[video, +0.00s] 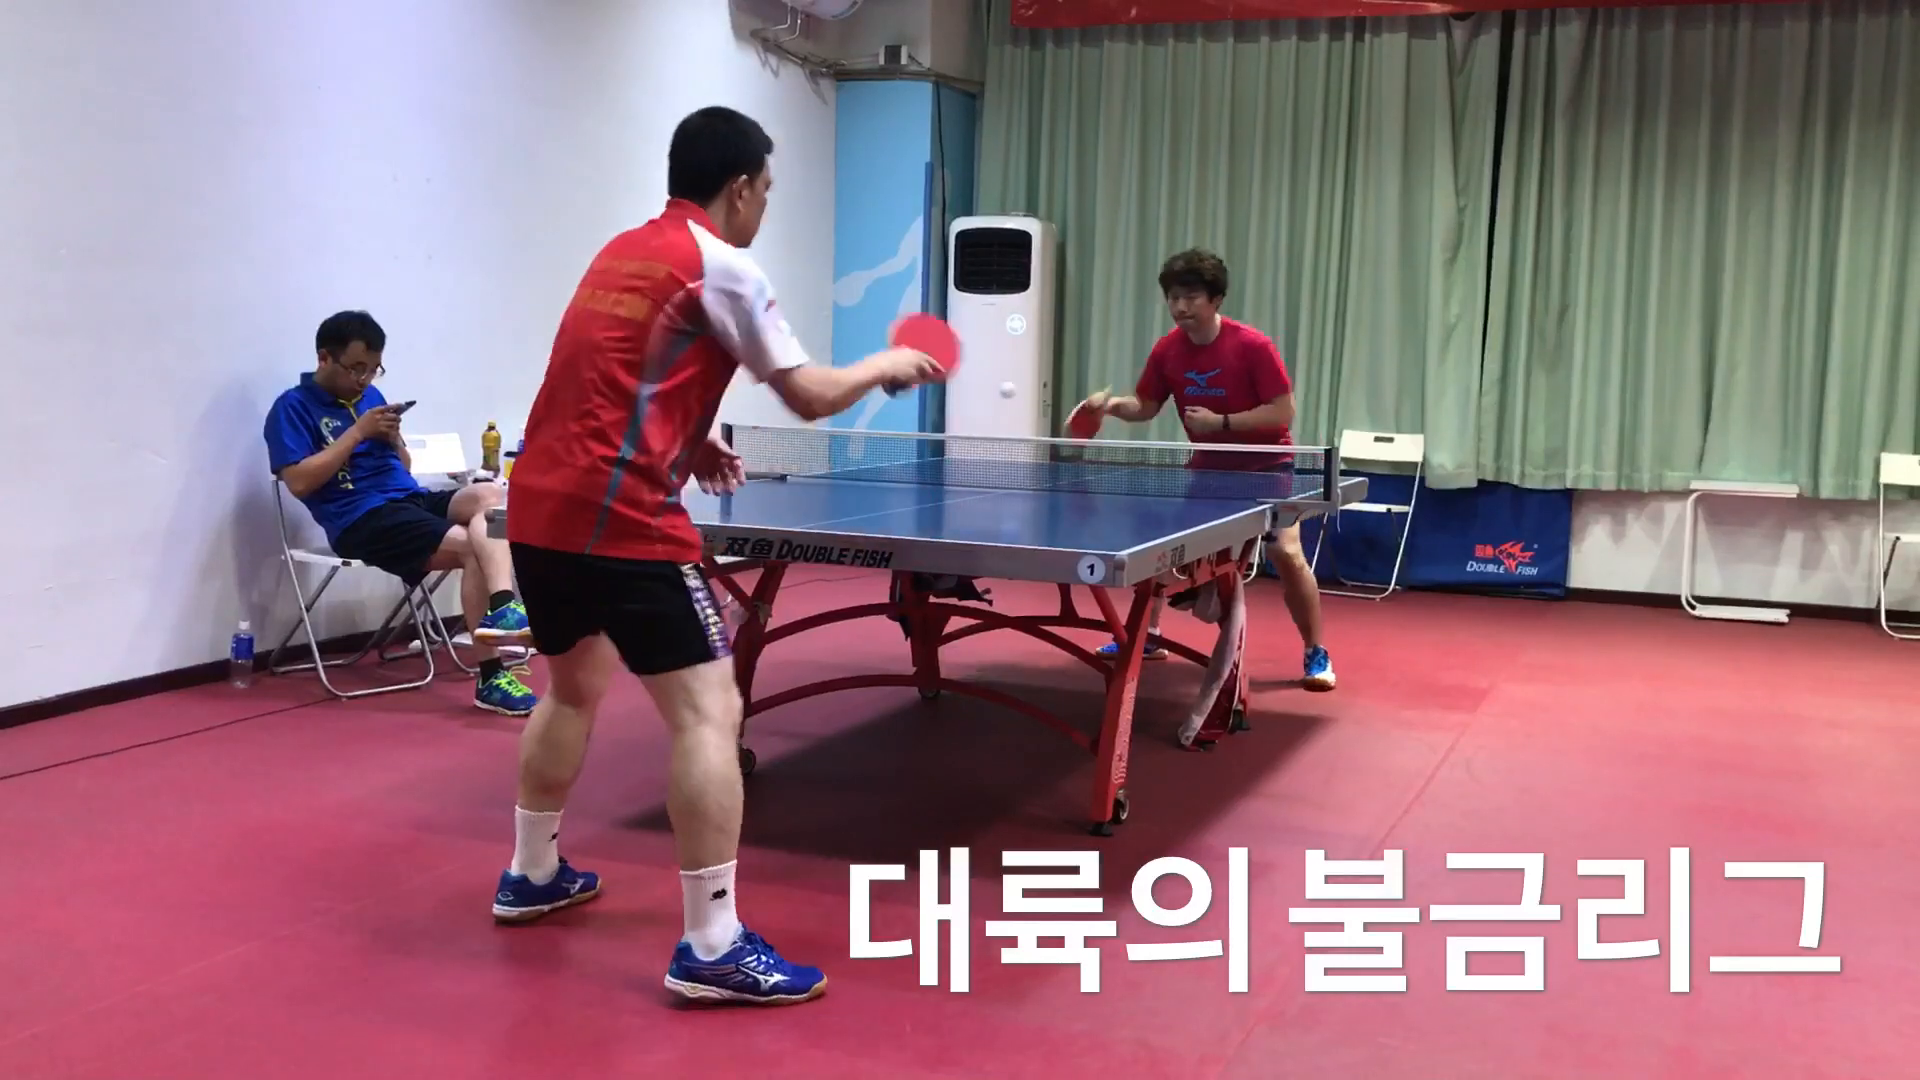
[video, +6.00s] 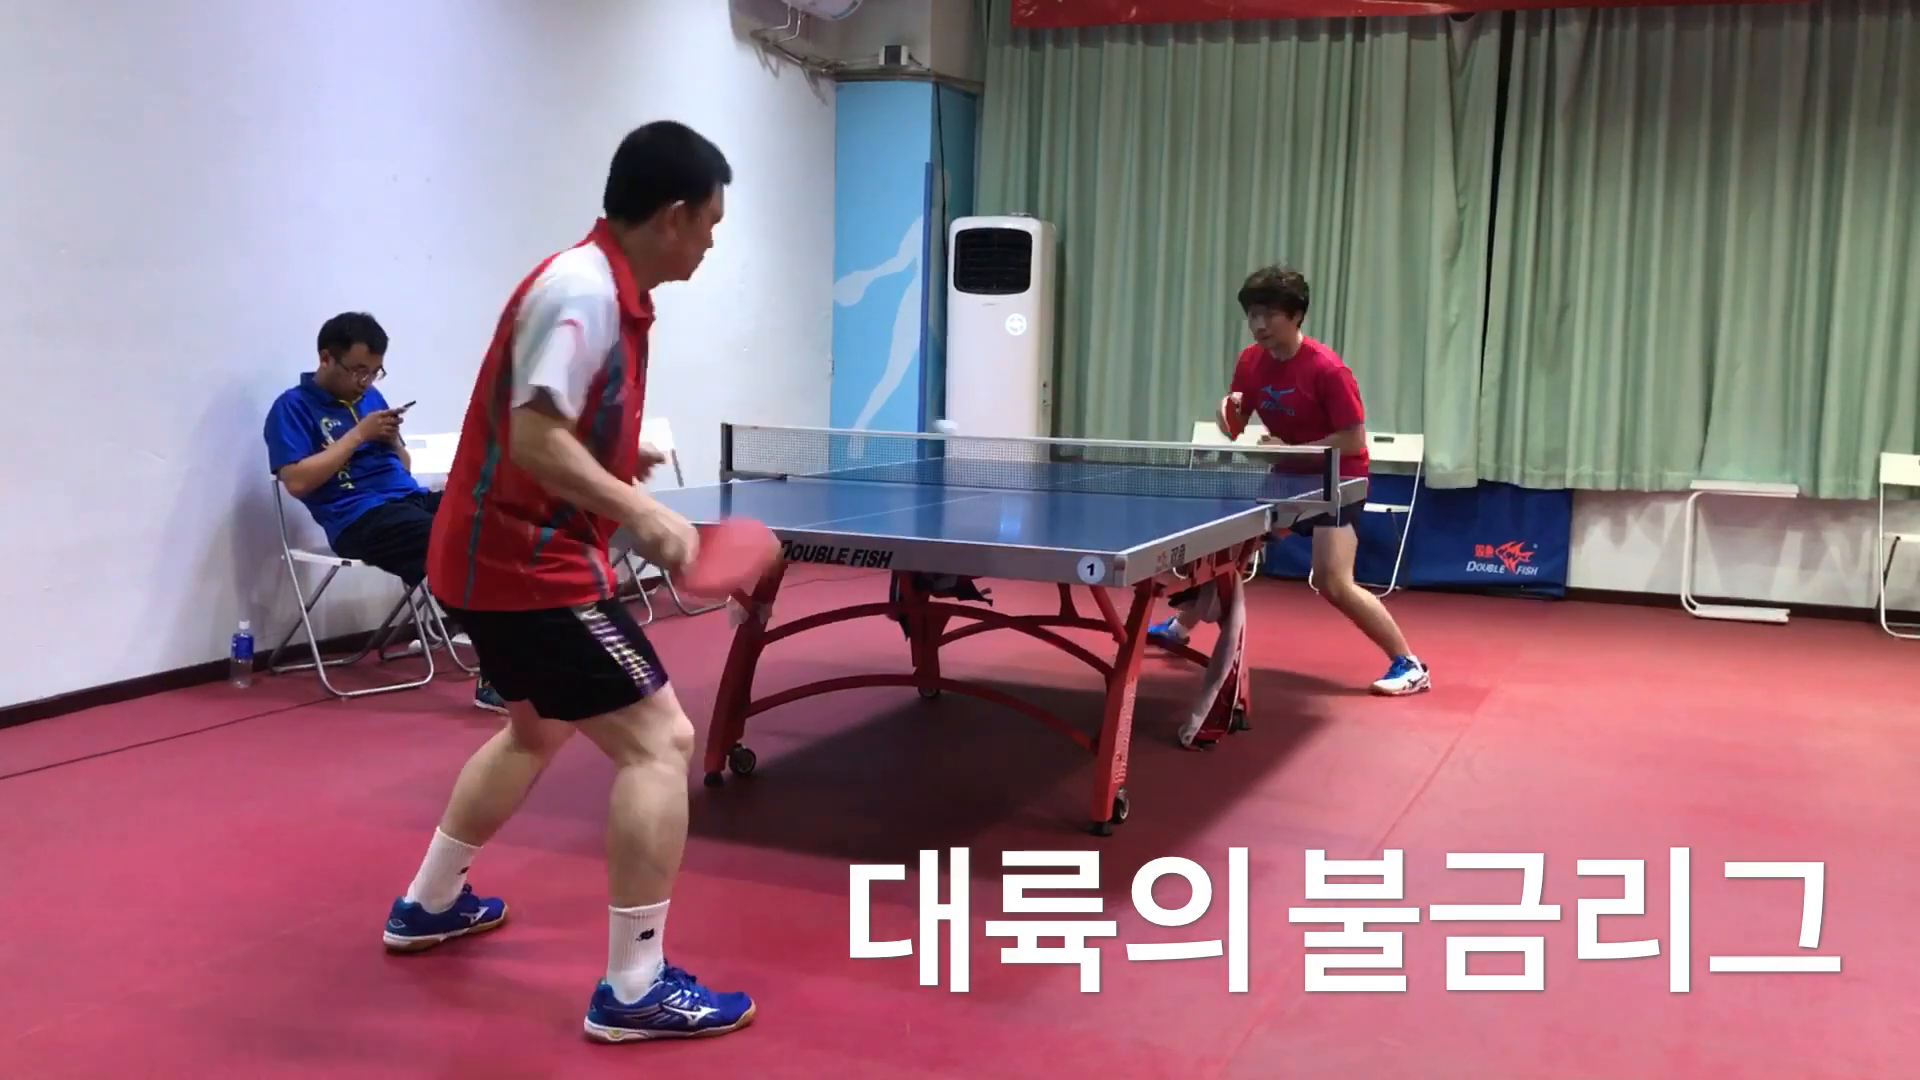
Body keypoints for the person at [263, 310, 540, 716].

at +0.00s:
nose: (364, 380)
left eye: (372, 370)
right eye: (356, 369)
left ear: (378, 365)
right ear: (324, 359)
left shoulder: (370, 397)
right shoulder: (292, 407)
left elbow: (404, 466)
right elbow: (299, 483)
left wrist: (393, 436)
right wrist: (359, 431)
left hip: (410, 501)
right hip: (363, 519)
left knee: (489, 495)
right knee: (479, 548)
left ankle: (503, 602)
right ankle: (491, 678)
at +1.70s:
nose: (367, 383)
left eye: (374, 373)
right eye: (359, 372)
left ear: (380, 367)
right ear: (326, 359)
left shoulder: (370, 397)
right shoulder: (291, 408)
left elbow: (404, 467)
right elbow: (294, 483)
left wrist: (393, 437)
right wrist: (356, 435)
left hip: (410, 499)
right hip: (364, 519)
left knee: (495, 507)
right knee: (474, 547)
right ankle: (492, 674)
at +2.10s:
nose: (366, 383)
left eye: (374, 373)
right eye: (358, 371)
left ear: (379, 367)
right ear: (326, 360)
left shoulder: (370, 397)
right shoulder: (291, 408)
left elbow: (403, 467)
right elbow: (293, 482)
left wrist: (393, 438)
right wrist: (354, 434)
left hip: (410, 499)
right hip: (364, 519)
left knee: (489, 506)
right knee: (474, 547)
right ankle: (490, 675)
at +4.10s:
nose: (368, 382)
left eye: (375, 372)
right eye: (359, 371)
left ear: (381, 364)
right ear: (326, 358)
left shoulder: (370, 397)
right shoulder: (291, 407)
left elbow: (404, 468)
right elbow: (300, 482)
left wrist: (393, 437)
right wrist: (360, 432)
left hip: (411, 500)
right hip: (363, 520)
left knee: (492, 501)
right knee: (477, 548)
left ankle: (495, 613)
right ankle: (493, 675)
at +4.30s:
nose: (366, 381)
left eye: (373, 372)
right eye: (357, 370)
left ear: (379, 367)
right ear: (324, 360)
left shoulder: (369, 395)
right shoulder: (292, 407)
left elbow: (403, 466)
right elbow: (300, 481)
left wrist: (392, 436)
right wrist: (360, 431)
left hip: (412, 502)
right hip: (364, 519)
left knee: (502, 524)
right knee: (478, 549)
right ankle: (490, 676)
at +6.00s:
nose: (366, 382)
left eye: (373, 372)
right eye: (358, 371)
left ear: (379, 368)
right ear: (325, 358)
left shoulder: (370, 397)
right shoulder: (291, 408)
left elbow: (404, 469)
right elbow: (297, 482)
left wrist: (392, 436)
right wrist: (359, 434)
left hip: (411, 502)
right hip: (363, 519)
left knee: (501, 527)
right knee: (466, 555)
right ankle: (494, 675)